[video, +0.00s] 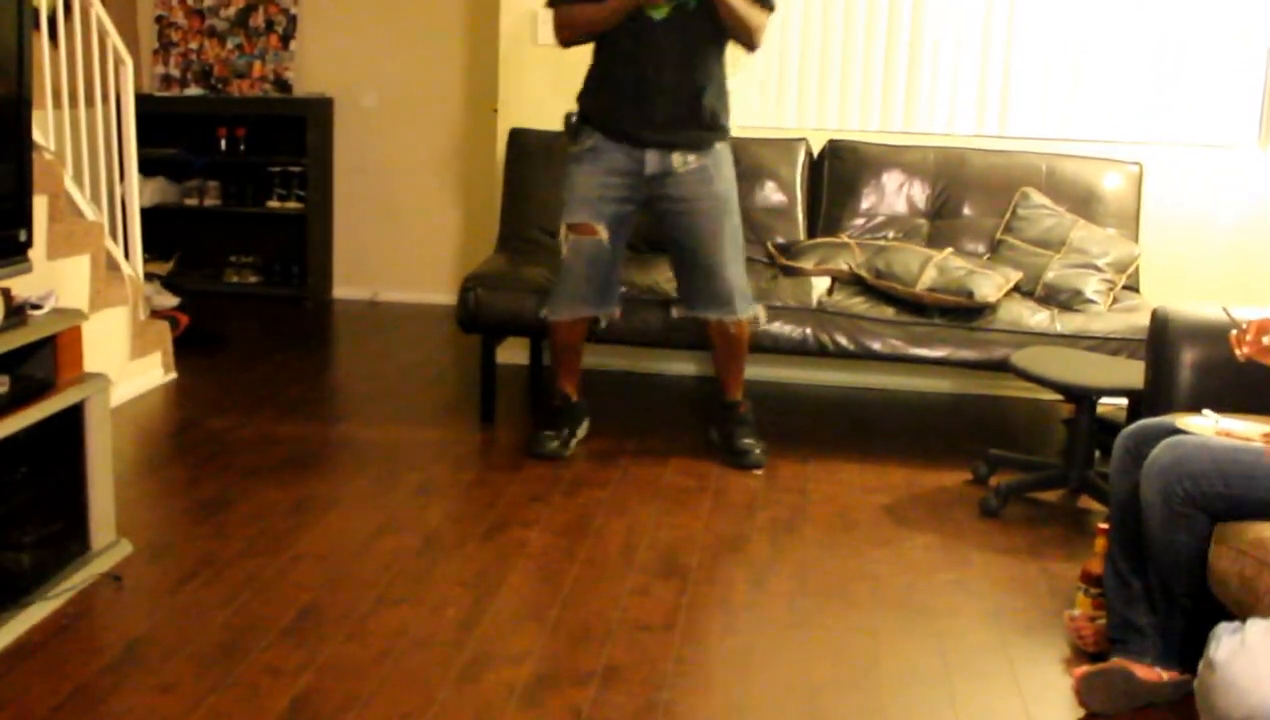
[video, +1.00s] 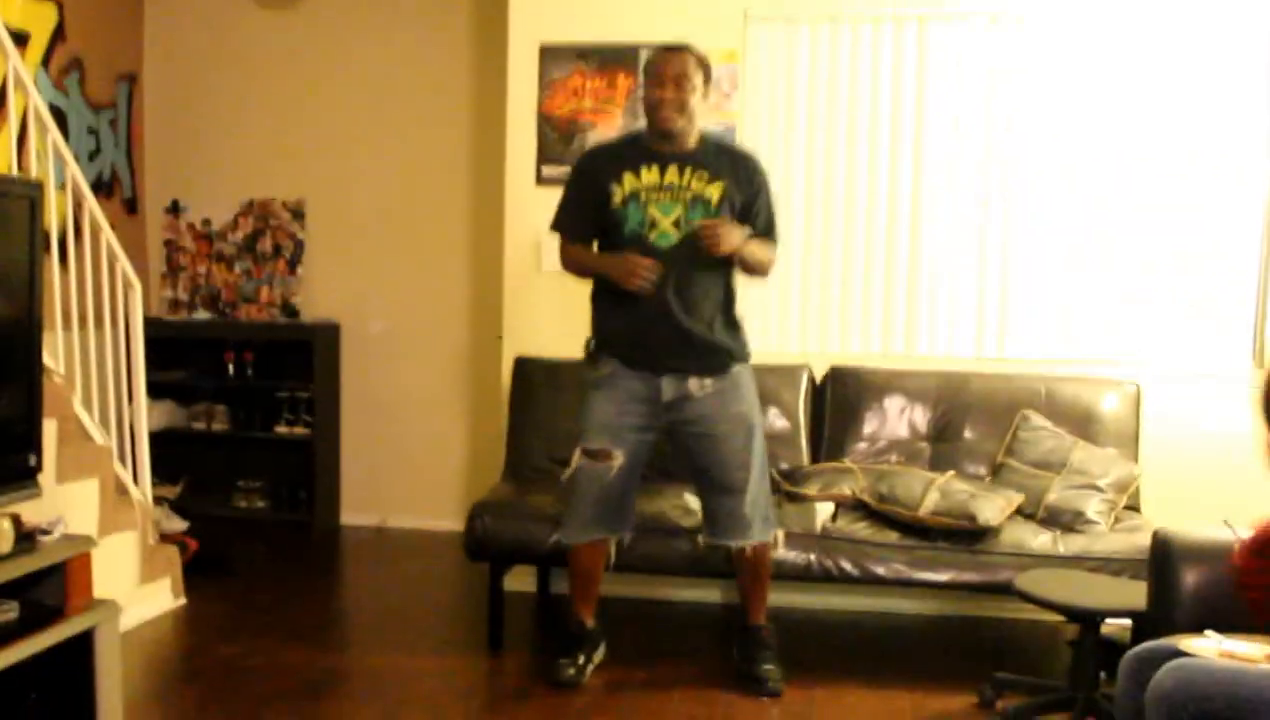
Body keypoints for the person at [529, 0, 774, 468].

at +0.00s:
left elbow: (753, 32)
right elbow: (566, 27)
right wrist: (634, 2)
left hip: (698, 141)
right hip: (607, 138)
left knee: (726, 289)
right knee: (576, 278)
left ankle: (733, 411)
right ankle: (565, 406)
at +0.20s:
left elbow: (741, 43)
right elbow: (559, 29)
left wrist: (694, 5)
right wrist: (629, 1)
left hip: (700, 141)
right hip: (606, 140)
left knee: (730, 288)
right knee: (573, 279)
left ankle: (740, 410)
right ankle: (568, 406)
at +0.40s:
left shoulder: (742, 1)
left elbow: (814, 29)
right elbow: (560, 41)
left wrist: (790, 14)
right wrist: (581, 8)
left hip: (727, 155)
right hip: (633, 153)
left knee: (749, 301)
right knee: (595, 288)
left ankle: (751, 421)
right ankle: (576, 418)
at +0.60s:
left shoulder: (749, 5)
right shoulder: (612, 4)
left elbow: (764, 93)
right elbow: (621, 94)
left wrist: (768, 37)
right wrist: (596, 85)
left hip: (725, 189)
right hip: (634, 184)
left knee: (752, 336)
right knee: (595, 317)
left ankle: (753, 460)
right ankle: (576, 452)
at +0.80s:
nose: (666, 20)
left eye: (677, 9)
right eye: (656, 8)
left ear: (696, 16)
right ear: (641, 15)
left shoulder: (732, 95)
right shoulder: (600, 86)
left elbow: (763, 172)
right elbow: (573, 164)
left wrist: (703, 152)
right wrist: (648, 163)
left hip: (702, 281)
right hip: (615, 278)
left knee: (736, 427)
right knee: (583, 419)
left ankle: (750, 555)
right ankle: (578, 553)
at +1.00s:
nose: (666, 96)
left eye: (679, 86)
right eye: (657, 85)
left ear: (702, 94)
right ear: (642, 92)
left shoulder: (739, 170)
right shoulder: (601, 166)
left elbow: (765, 264)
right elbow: (569, 251)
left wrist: (741, 241)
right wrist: (608, 265)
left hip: (716, 367)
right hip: (623, 367)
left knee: (748, 506)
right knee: (591, 494)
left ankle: (756, 636)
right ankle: (582, 634)